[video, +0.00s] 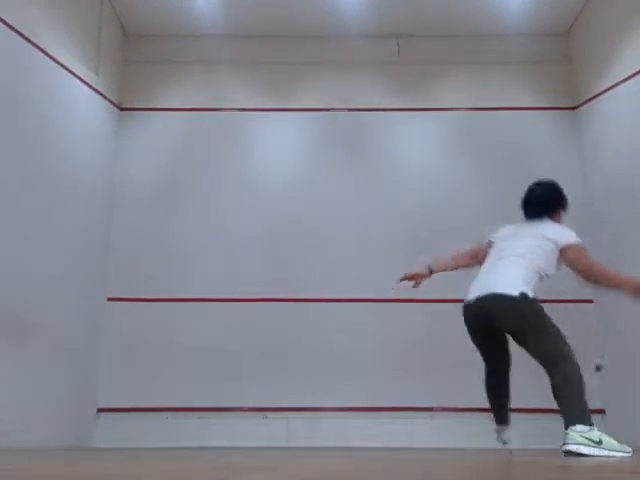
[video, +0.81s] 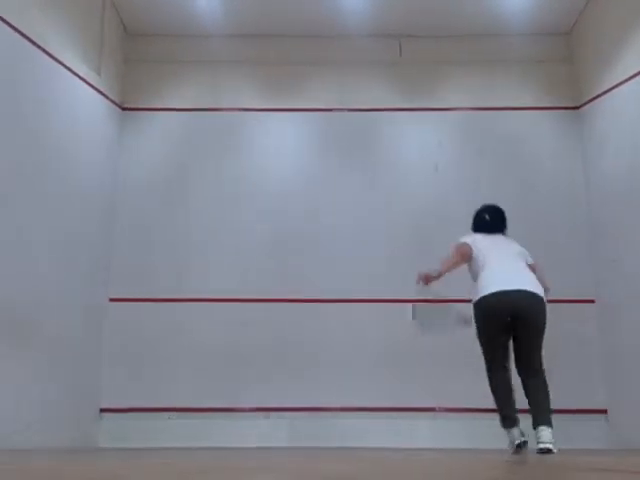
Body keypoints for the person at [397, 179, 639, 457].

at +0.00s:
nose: (564, 215)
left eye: (564, 210)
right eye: (563, 210)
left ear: (528, 209)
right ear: (557, 211)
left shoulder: (504, 233)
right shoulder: (558, 233)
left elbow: (468, 256)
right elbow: (590, 271)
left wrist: (429, 267)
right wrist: (628, 284)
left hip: (475, 305)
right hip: (513, 301)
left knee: (496, 362)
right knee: (560, 360)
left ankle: (501, 427)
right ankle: (579, 429)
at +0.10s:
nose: (549, 233)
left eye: (548, 229)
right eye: (548, 229)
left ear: (514, 229)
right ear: (542, 231)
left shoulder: (494, 254)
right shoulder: (547, 255)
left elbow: (458, 281)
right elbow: (574, 301)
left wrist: (422, 293)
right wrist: (615, 329)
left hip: (477, 325)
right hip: (512, 319)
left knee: (501, 371)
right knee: (545, 367)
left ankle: (511, 438)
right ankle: (574, 421)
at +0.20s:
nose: (541, 252)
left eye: (540, 247)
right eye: (541, 247)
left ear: (508, 247)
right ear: (535, 248)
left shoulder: (492, 269)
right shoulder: (543, 273)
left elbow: (458, 296)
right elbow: (568, 326)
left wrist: (426, 322)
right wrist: (596, 359)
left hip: (479, 325)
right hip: (517, 323)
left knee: (501, 375)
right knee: (543, 372)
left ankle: (514, 435)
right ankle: (563, 422)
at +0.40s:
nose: (531, 269)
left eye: (531, 266)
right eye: (530, 266)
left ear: (497, 263)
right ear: (525, 266)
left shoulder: (487, 276)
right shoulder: (532, 283)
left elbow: (462, 295)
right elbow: (536, 316)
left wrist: (436, 323)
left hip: (482, 314)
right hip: (521, 313)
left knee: (495, 373)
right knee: (533, 370)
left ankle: (515, 435)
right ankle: (533, 400)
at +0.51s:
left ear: (491, 259)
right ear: (521, 262)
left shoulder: (485, 272)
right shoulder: (527, 276)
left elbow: (464, 291)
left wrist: (442, 315)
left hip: (488, 311)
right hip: (527, 311)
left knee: (498, 373)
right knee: (534, 374)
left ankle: (516, 435)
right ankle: (520, 400)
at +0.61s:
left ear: (486, 250)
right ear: (515, 251)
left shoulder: (482, 264)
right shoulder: (523, 268)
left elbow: (463, 283)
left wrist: (444, 304)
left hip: (491, 308)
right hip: (531, 308)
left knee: (499, 369)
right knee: (533, 369)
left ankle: (516, 435)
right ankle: (518, 406)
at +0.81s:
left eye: (476, 223)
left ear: (475, 225)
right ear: (504, 226)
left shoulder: (473, 240)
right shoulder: (516, 246)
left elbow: (460, 255)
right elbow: (542, 285)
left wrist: (436, 275)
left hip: (492, 302)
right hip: (531, 301)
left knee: (497, 368)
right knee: (531, 367)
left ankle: (513, 431)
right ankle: (544, 431)